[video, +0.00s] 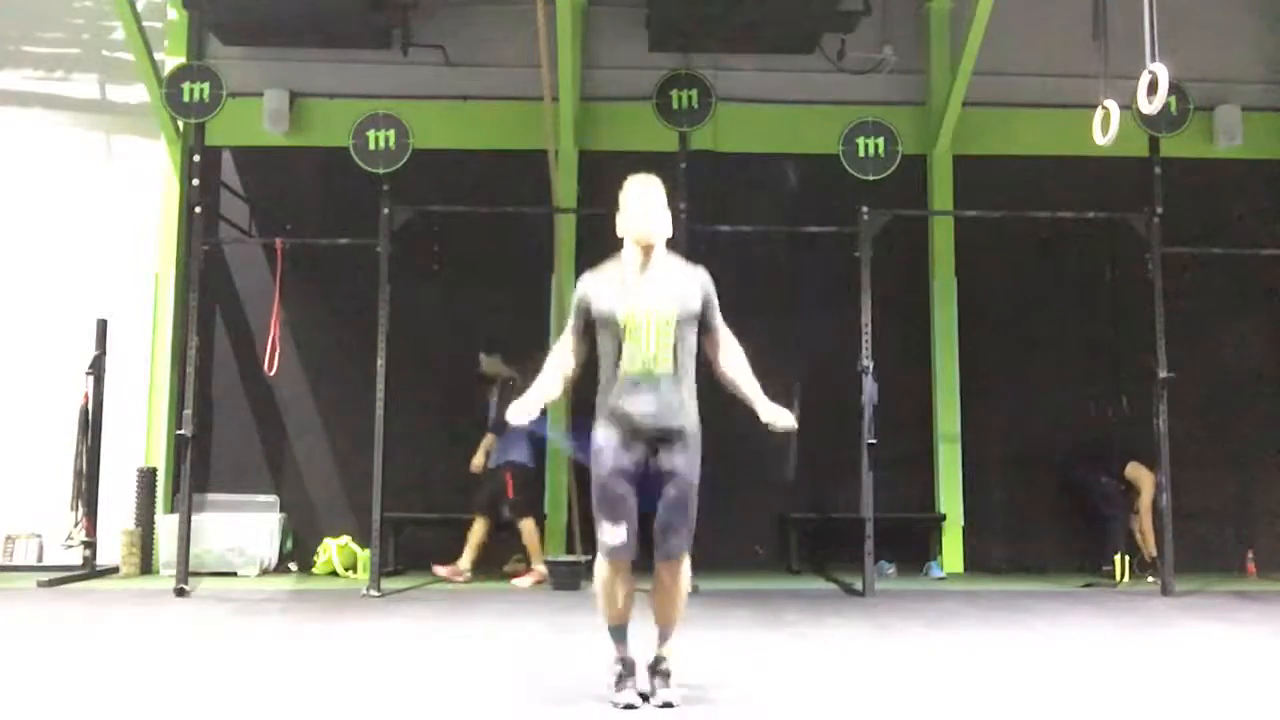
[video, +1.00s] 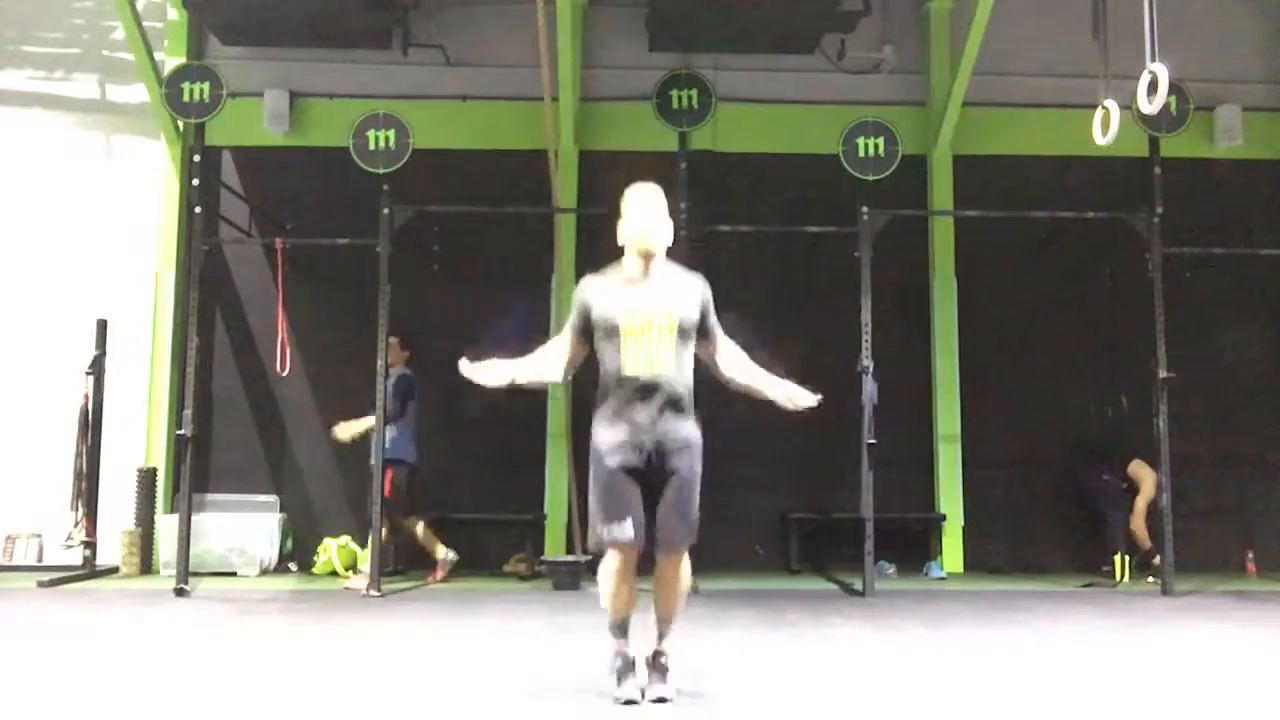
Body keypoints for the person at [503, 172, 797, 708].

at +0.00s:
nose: (649, 219)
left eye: (657, 209)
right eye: (639, 210)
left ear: (669, 217)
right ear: (621, 218)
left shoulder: (694, 281)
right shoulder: (594, 286)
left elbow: (725, 353)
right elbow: (567, 355)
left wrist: (763, 405)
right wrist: (534, 399)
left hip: (678, 433)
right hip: (616, 433)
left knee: (672, 551)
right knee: (615, 548)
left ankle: (661, 660)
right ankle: (620, 658)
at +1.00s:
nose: (649, 224)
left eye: (657, 216)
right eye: (639, 216)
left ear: (671, 226)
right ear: (621, 227)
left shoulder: (693, 288)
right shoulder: (594, 290)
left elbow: (724, 357)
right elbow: (562, 359)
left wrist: (779, 388)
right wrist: (507, 369)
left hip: (678, 432)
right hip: (616, 430)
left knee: (673, 548)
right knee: (624, 546)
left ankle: (661, 657)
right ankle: (620, 655)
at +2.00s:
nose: (652, 167)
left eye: (660, 159)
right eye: (642, 160)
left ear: (676, 171)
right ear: (626, 173)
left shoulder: (701, 237)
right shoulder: (600, 238)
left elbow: (723, 306)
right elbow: (575, 309)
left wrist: (758, 363)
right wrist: (536, 358)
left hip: (683, 379)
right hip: (621, 379)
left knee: (677, 497)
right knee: (625, 492)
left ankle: (665, 608)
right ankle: (624, 602)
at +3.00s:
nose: (661, 161)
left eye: (668, 154)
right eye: (651, 153)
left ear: (683, 165)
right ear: (634, 165)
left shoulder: (710, 229)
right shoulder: (609, 232)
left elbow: (740, 297)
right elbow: (584, 300)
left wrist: (778, 351)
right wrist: (555, 343)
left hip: (691, 367)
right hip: (632, 366)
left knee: (688, 480)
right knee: (636, 475)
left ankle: (673, 586)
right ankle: (636, 588)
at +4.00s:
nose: (661, 189)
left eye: (669, 180)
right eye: (652, 180)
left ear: (686, 191)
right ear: (637, 193)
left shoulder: (712, 257)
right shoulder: (611, 256)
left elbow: (738, 331)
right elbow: (581, 332)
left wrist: (776, 390)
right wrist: (538, 380)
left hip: (695, 403)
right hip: (632, 402)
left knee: (688, 519)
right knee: (629, 518)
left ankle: (677, 630)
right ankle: (634, 632)